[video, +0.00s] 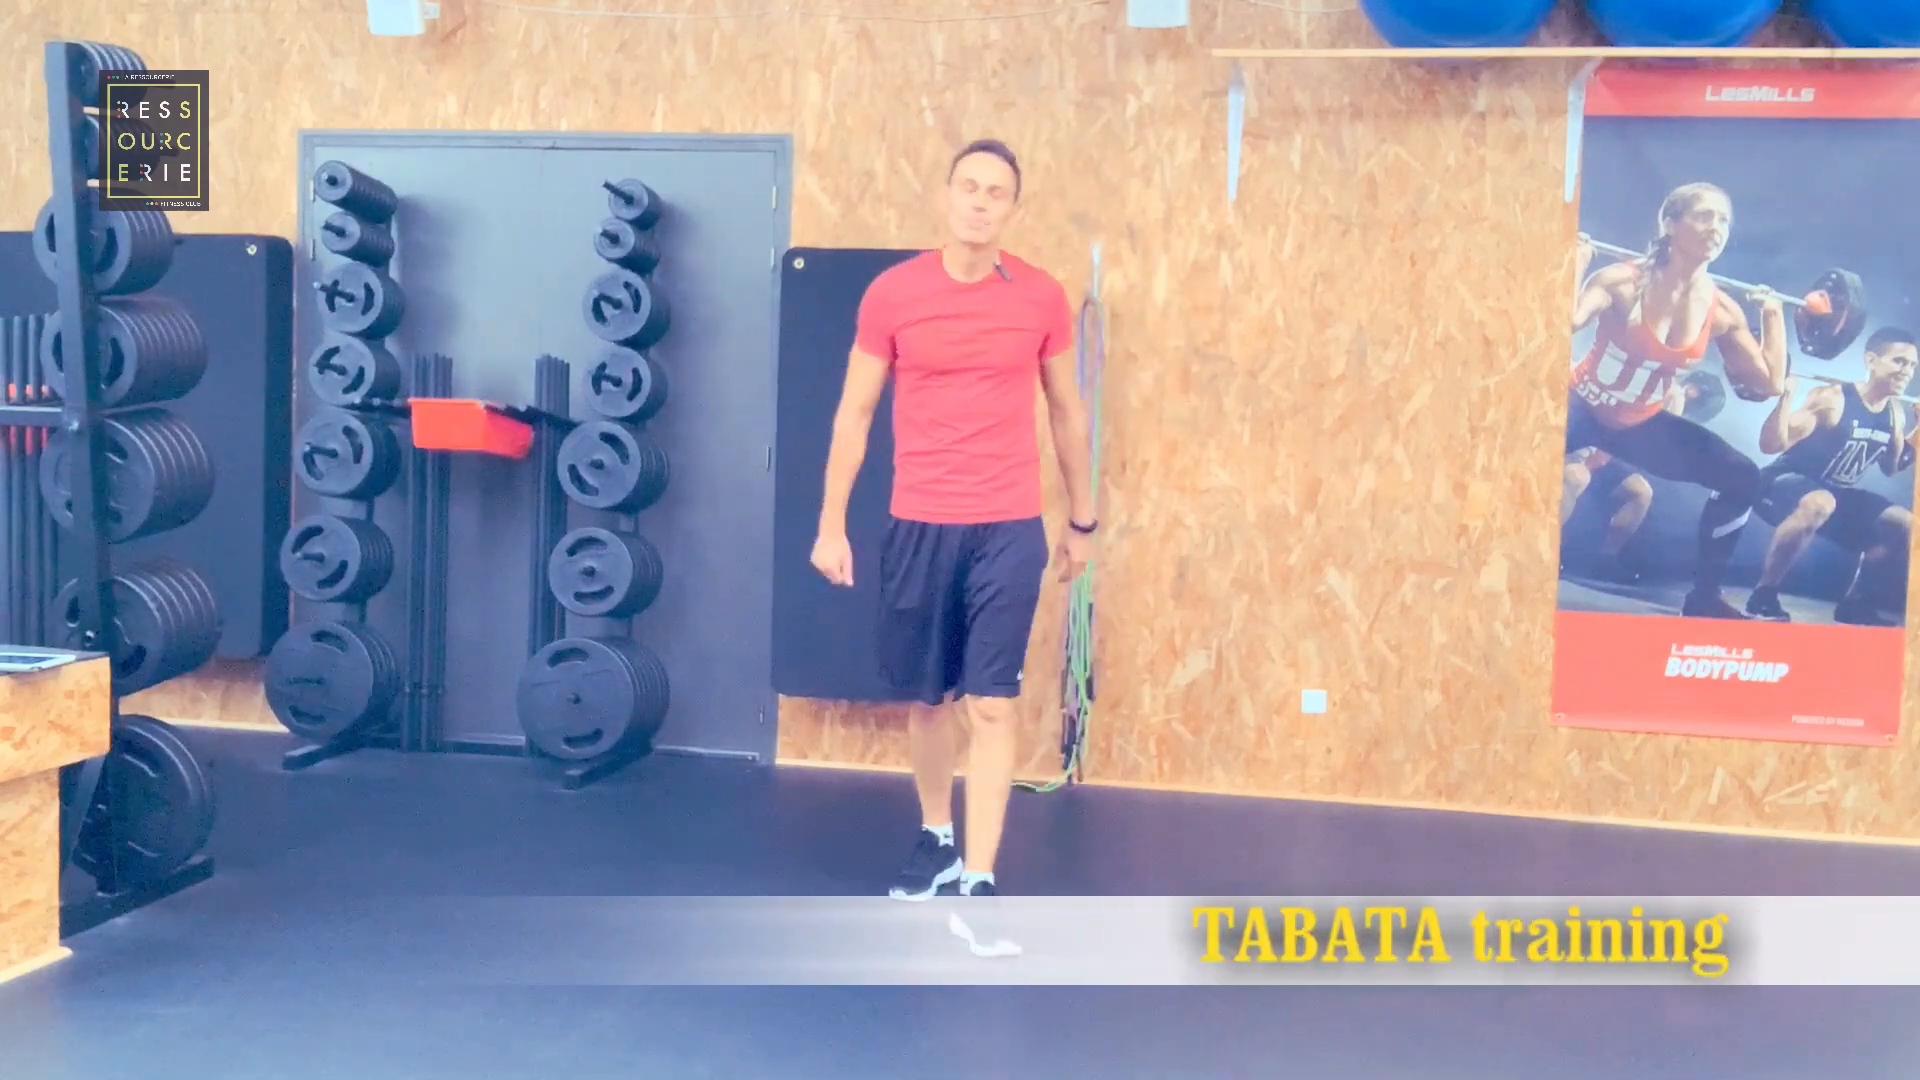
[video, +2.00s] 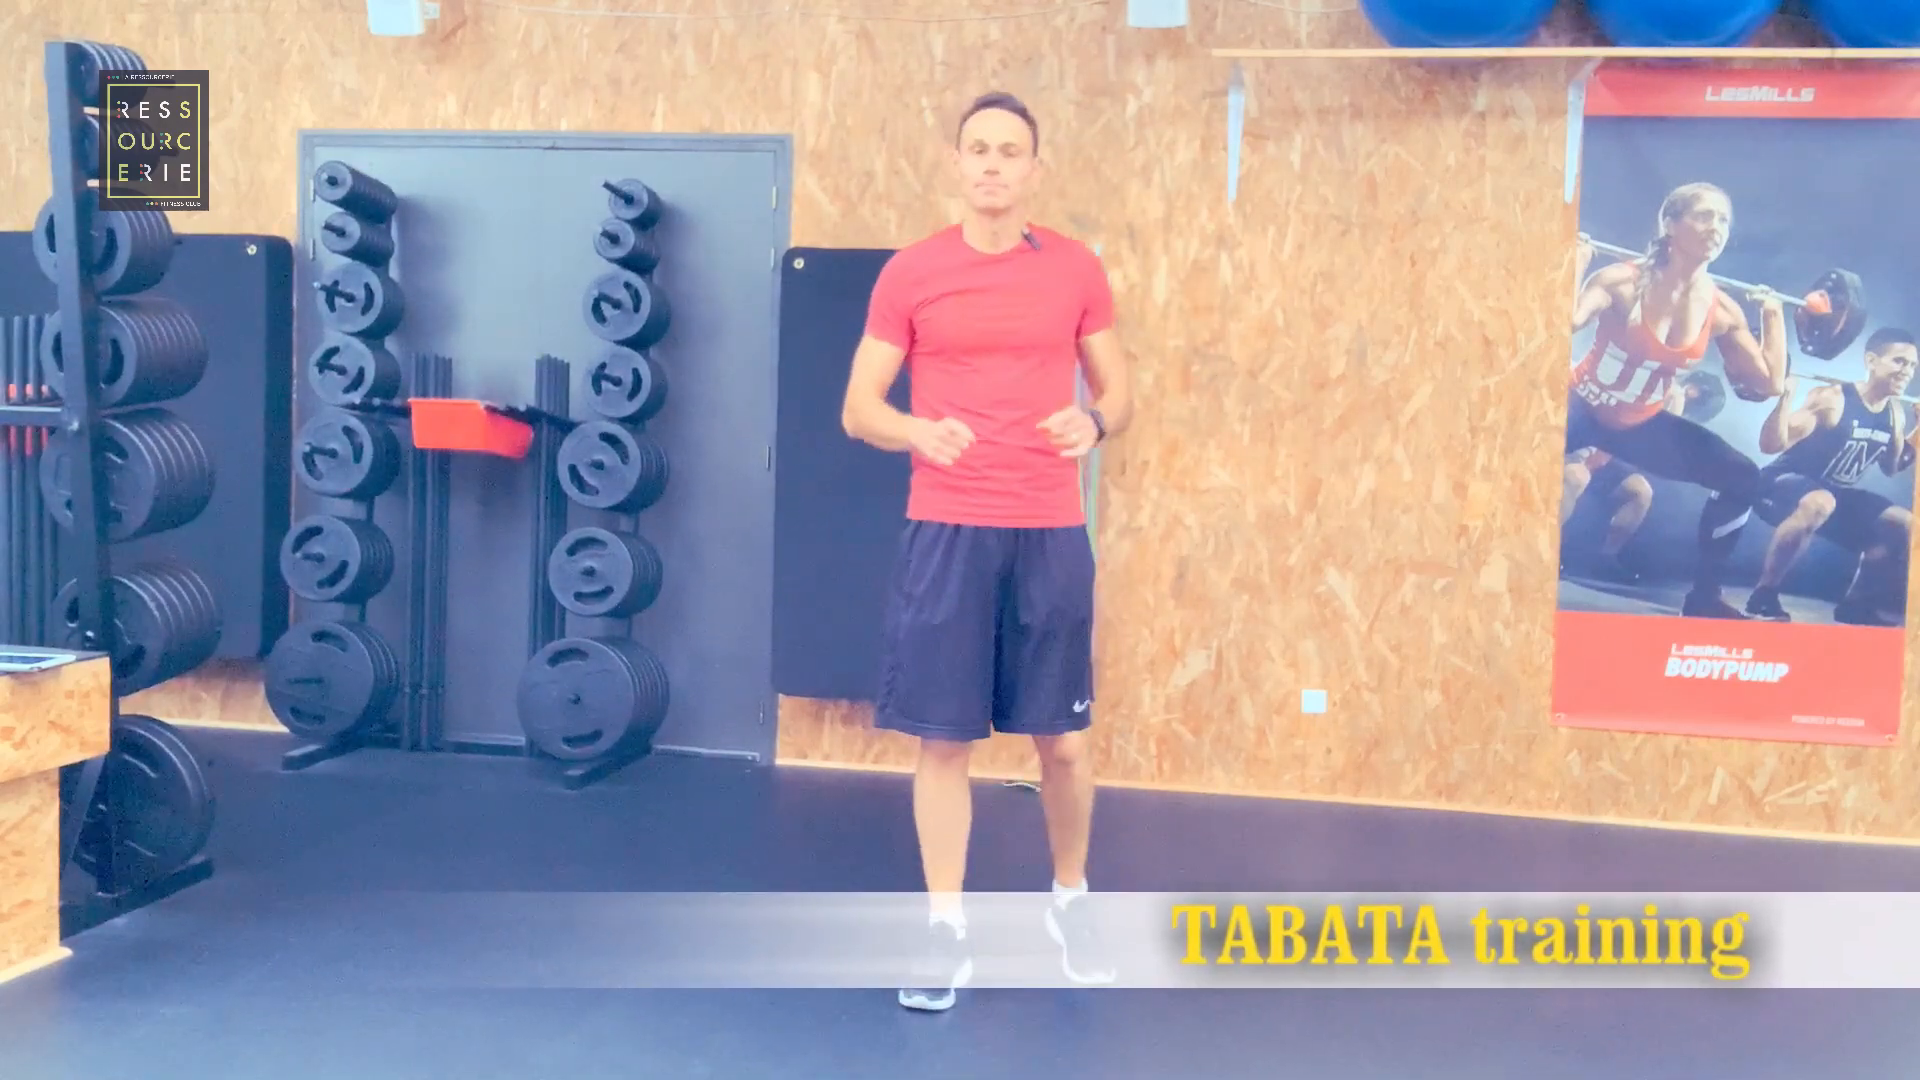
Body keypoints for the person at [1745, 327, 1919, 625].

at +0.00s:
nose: (1906, 371)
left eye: (1911, 365)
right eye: (1899, 361)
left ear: (1914, 371)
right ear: (1871, 361)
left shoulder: (1894, 413)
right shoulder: (1830, 398)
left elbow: (1891, 467)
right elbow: (1769, 444)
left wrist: (1910, 443)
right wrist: (1785, 395)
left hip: (1839, 495)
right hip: (1786, 481)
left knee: (1906, 525)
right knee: (1820, 503)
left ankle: (1855, 604)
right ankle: (1764, 596)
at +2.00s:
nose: (1906, 371)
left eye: (1911, 365)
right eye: (1899, 361)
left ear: (1914, 371)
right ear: (1871, 361)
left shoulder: (1894, 412)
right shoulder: (1830, 398)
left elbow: (1892, 467)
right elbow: (1769, 444)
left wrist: (1912, 442)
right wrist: (1785, 395)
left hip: (1839, 495)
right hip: (1785, 482)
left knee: (1905, 525)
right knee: (1821, 502)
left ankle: (1855, 605)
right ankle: (1764, 596)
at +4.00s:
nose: (1906, 372)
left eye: (1911, 365)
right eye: (1899, 361)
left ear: (1913, 371)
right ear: (1872, 361)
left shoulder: (1894, 411)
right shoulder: (1831, 397)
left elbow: (1891, 466)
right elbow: (1769, 444)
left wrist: (1912, 441)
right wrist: (1785, 397)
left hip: (1838, 495)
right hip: (1785, 482)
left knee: (1904, 524)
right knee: (1820, 502)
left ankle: (1854, 604)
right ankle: (1763, 596)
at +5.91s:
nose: (1906, 372)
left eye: (1911, 365)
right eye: (1899, 361)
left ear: (1913, 371)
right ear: (1872, 361)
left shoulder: (1894, 412)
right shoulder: (1830, 397)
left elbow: (1892, 466)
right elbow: (1769, 444)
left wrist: (1914, 437)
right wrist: (1784, 396)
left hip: (1840, 495)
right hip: (1786, 481)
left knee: (1905, 525)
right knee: (1821, 502)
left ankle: (1854, 604)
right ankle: (1763, 596)